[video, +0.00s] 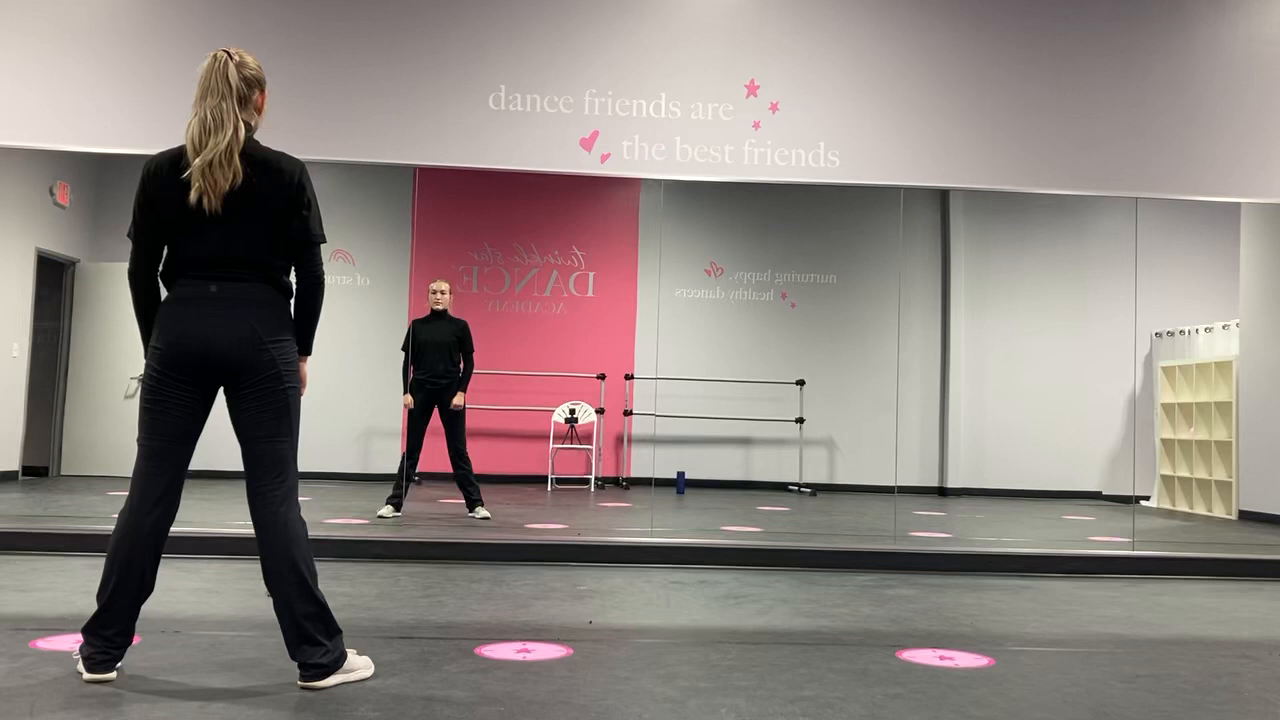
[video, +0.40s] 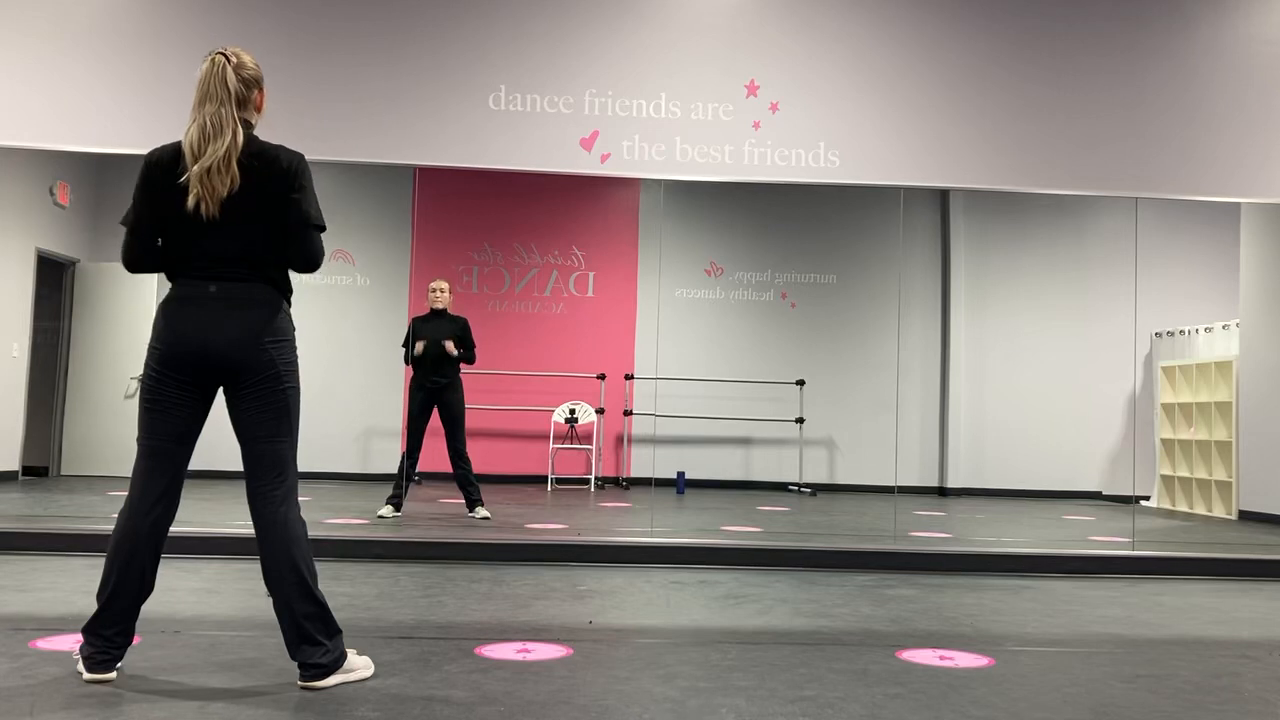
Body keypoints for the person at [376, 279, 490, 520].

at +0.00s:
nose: (438, 296)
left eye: (443, 292)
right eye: (434, 292)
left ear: (450, 297)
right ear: (428, 297)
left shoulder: (460, 327)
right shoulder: (416, 326)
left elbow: (468, 363)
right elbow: (407, 361)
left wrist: (461, 391)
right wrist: (406, 391)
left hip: (450, 393)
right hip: (421, 392)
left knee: (458, 450)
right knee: (412, 450)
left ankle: (475, 504)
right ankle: (394, 503)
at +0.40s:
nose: (437, 294)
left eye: (442, 291)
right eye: (433, 291)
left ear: (450, 296)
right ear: (427, 296)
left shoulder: (460, 323)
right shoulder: (417, 323)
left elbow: (471, 358)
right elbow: (406, 357)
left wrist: (456, 352)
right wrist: (414, 351)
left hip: (450, 390)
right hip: (421, 390)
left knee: (458, 448)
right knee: (412, 448)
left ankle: (475, 504)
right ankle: (394, 503)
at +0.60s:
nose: (438, 296)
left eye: (443, 293)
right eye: (434, 293)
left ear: (451, 298)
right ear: (428, 298)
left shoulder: (457, 324)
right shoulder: (419, 324)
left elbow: (460, 346)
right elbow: (413, 346)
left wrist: (442, 325)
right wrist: (426, 323)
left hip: (450, 389)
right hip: (421, 388)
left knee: (458, 448)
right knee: (412, 448)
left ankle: (475, 504)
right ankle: (394, 503)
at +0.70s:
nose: (438, 296)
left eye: (444, 292)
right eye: (435, 292)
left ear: (451, 299)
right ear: (430, 296)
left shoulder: (457, 320)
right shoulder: (421, 318)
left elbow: (456, 335)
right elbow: (417, 331)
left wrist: (443, 307)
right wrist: (427, 302)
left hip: (450, 387)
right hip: (421, 386)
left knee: (458, 448)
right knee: (412, 448)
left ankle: (475, 504)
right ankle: (394, 503)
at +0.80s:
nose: (437, 296)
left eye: (441, 293)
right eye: (433, 293)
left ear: (448, 298)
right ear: (428, 299)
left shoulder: (455, 322)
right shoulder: (421, 321)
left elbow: (454, 300)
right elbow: (416, 295)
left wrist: (444, 276)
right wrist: (428, 273)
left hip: (450, 388)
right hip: (421, 387)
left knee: (458, 448)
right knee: (412, 448)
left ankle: (475, 505)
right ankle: (394, 503)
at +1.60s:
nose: (437, 292)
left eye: (442, 289)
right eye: (433, 289)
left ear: (450, 296)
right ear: (428, 295)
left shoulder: (457, 316)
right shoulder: (419, 316)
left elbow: (469, 287)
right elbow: (408, 284)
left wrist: (480, 255)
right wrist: (400, 252)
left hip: (450, 387)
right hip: (421, 387)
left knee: (458, 447)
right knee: (412, 447)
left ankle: (475, 505)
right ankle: (394, 503)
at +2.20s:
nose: (438, 293)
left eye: (443, 291)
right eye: (434, 291)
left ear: (450, 298)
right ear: (428, 297)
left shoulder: (459, 320)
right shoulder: (417, 320)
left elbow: (488, 301)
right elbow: (389, 301)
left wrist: (515, 282)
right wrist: (363, 279)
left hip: (450, 389)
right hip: (421, 389)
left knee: (458, 449)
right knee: (412, 448)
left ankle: (475, 505)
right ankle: (394, 504)